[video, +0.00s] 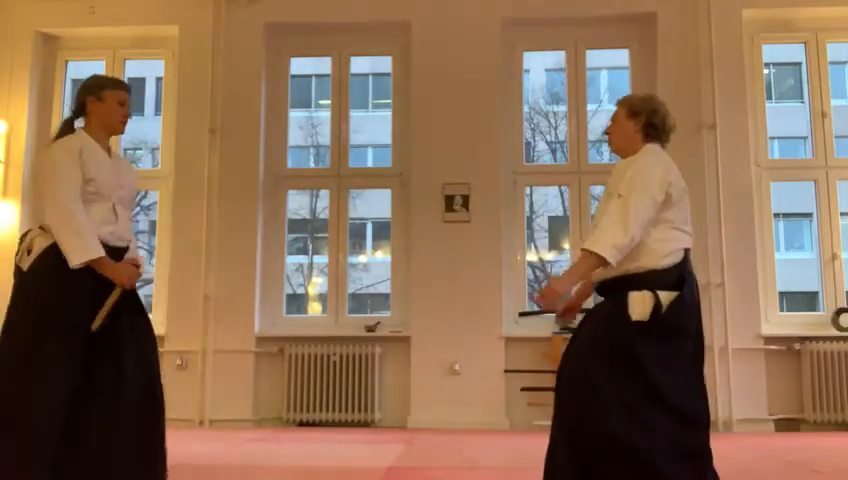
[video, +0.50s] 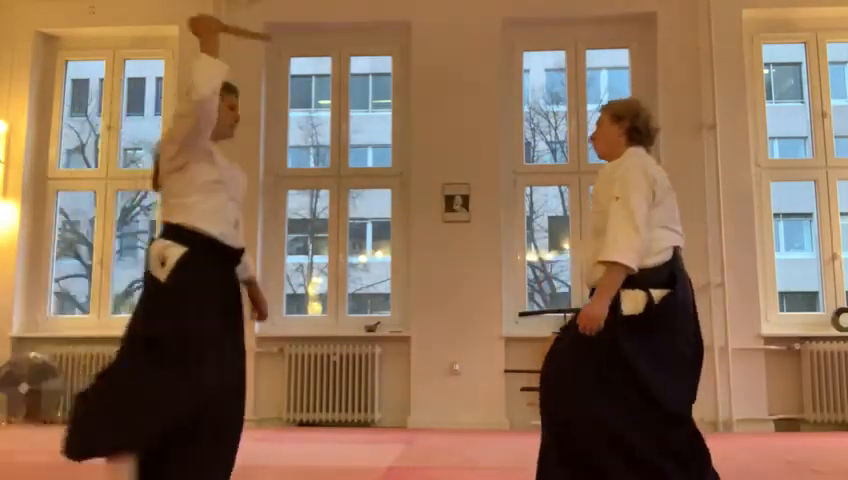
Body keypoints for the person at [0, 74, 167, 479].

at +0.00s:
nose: (126, 113)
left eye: (128, 107)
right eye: (119, 104)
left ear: (116, 112)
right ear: (91, 105)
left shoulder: (118, 165)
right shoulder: (63, 150)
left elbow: (121, 222)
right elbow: (63, 212)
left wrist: (131, 256)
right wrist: (104, 264)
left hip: (110, 273)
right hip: (62, 271)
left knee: (127, 376)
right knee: (58, 377)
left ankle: (117, 468)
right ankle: (55, 469)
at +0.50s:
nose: (234, 111)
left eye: (236, 104)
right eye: (228, 102)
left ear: (231, 112)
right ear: (207, 104)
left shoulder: (227, 167)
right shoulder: (183, 149)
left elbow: (230, 234)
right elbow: (202, 99)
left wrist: (251, 283)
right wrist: (209, 49)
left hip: (219, 269)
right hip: (185, 261)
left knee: (222, 376)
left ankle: (202, 466)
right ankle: (101, 418)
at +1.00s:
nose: (370, 102)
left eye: (369, 96)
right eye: (361, 97)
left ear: (346, 107)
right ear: (338, 107)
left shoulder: (357, 151)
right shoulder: (338, 145)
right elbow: (365, 118)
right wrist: (377, 52)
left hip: (369, 261)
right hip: (349, 262)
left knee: (324, 375)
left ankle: (244, 458)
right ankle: (244, 457)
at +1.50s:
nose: (364, 103)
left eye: (367, 96)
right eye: (355, 95)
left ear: (370, 102)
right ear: (330, 100)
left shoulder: (380, 152)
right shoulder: (323, 144)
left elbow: (392, 213)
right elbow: (299, 150)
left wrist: (420, 258)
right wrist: (271, 131)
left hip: (384, 262)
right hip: (339, 258)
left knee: (408, 358)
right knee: (337, 365)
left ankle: (392, 465)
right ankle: (300, 466)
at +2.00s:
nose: (413, 113)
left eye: (415, 106)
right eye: (408, 103)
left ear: (380, 101)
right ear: (379, 97)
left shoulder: (355, 137)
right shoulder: (373, 146)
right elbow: (404, 206)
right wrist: (446, 260)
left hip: (327, 260)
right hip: (354, 267)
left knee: (327, 372)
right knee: (389, 370)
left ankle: (302, 467)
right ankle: (382, 470)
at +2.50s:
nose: (421, 118)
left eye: (424, 111)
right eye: (416, 108)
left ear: (384, 105)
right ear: (389, 102)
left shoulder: (337, 146)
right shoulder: (399, 153)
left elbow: (333, 195)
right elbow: (444, 178)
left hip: (324, 258)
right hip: (368, 263)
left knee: (329, 363)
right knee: (414, 361)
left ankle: (321, 463)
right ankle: (395, 467)